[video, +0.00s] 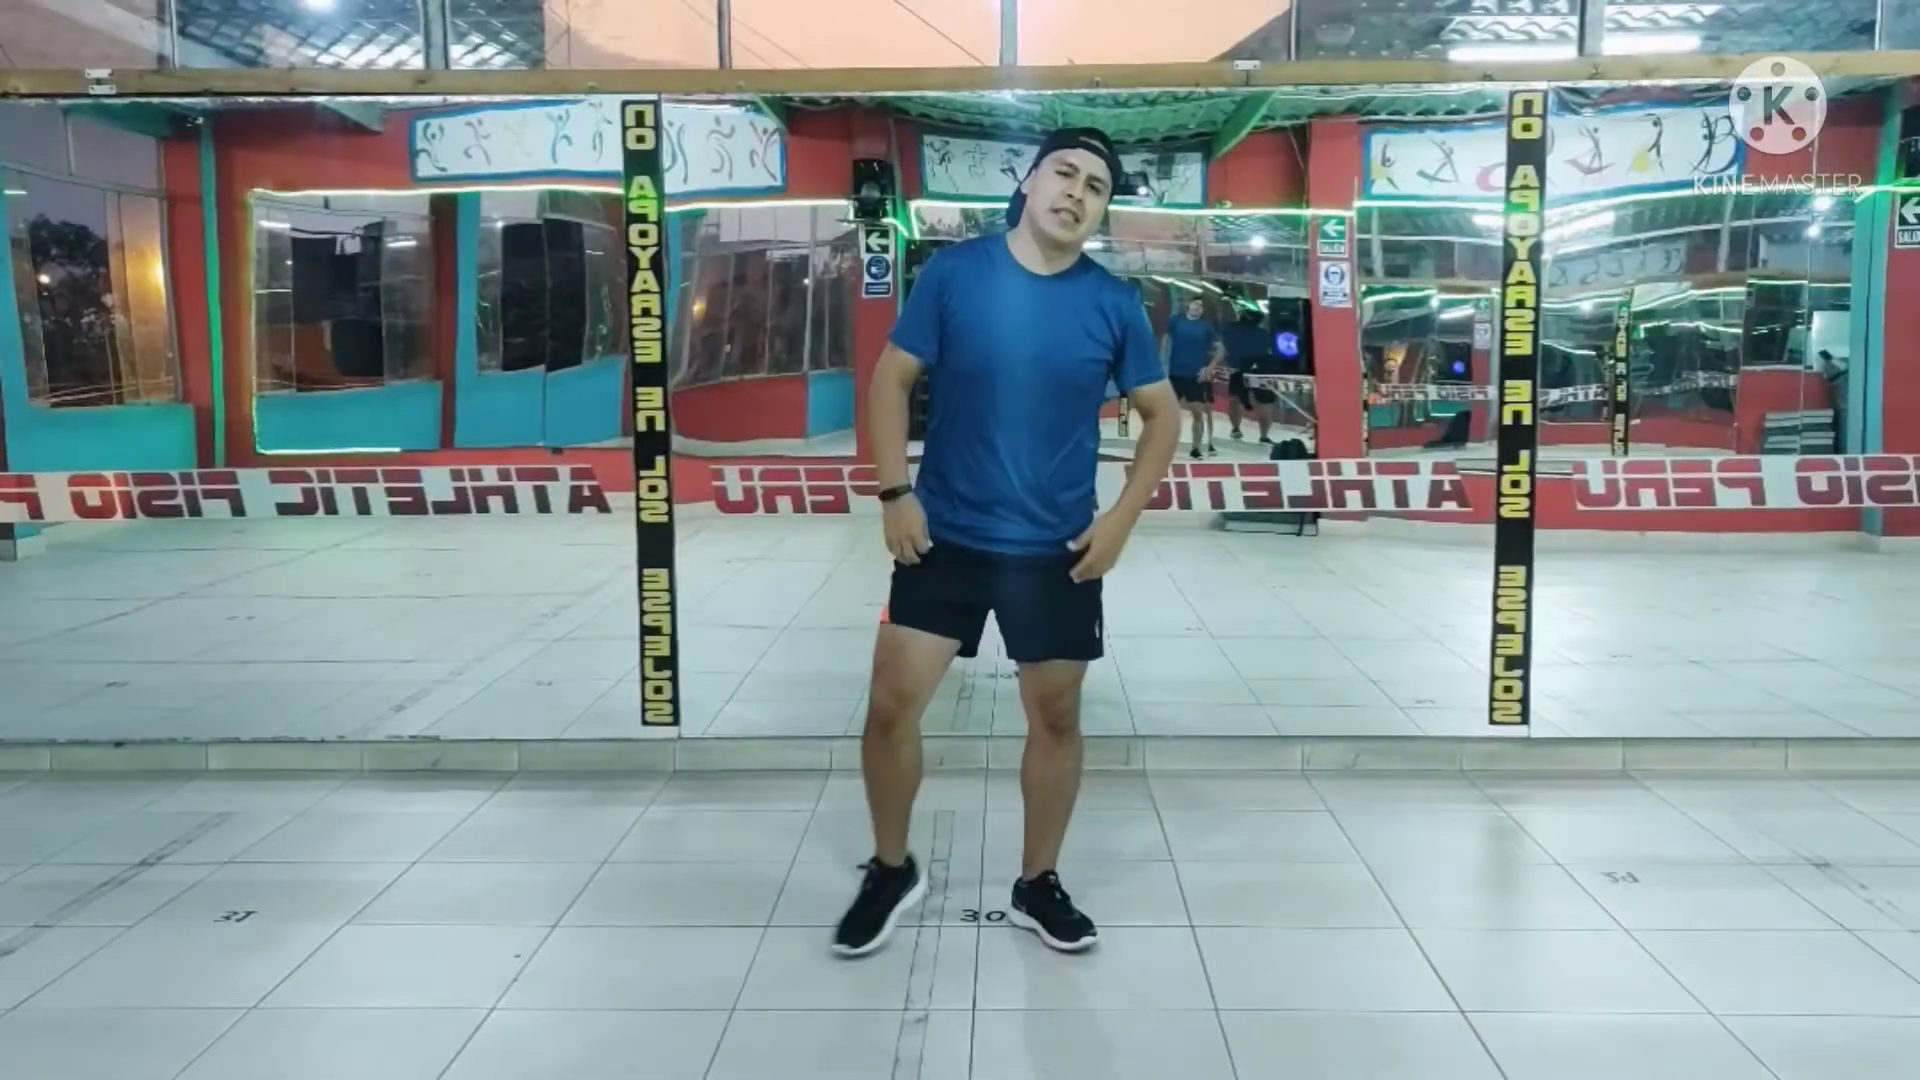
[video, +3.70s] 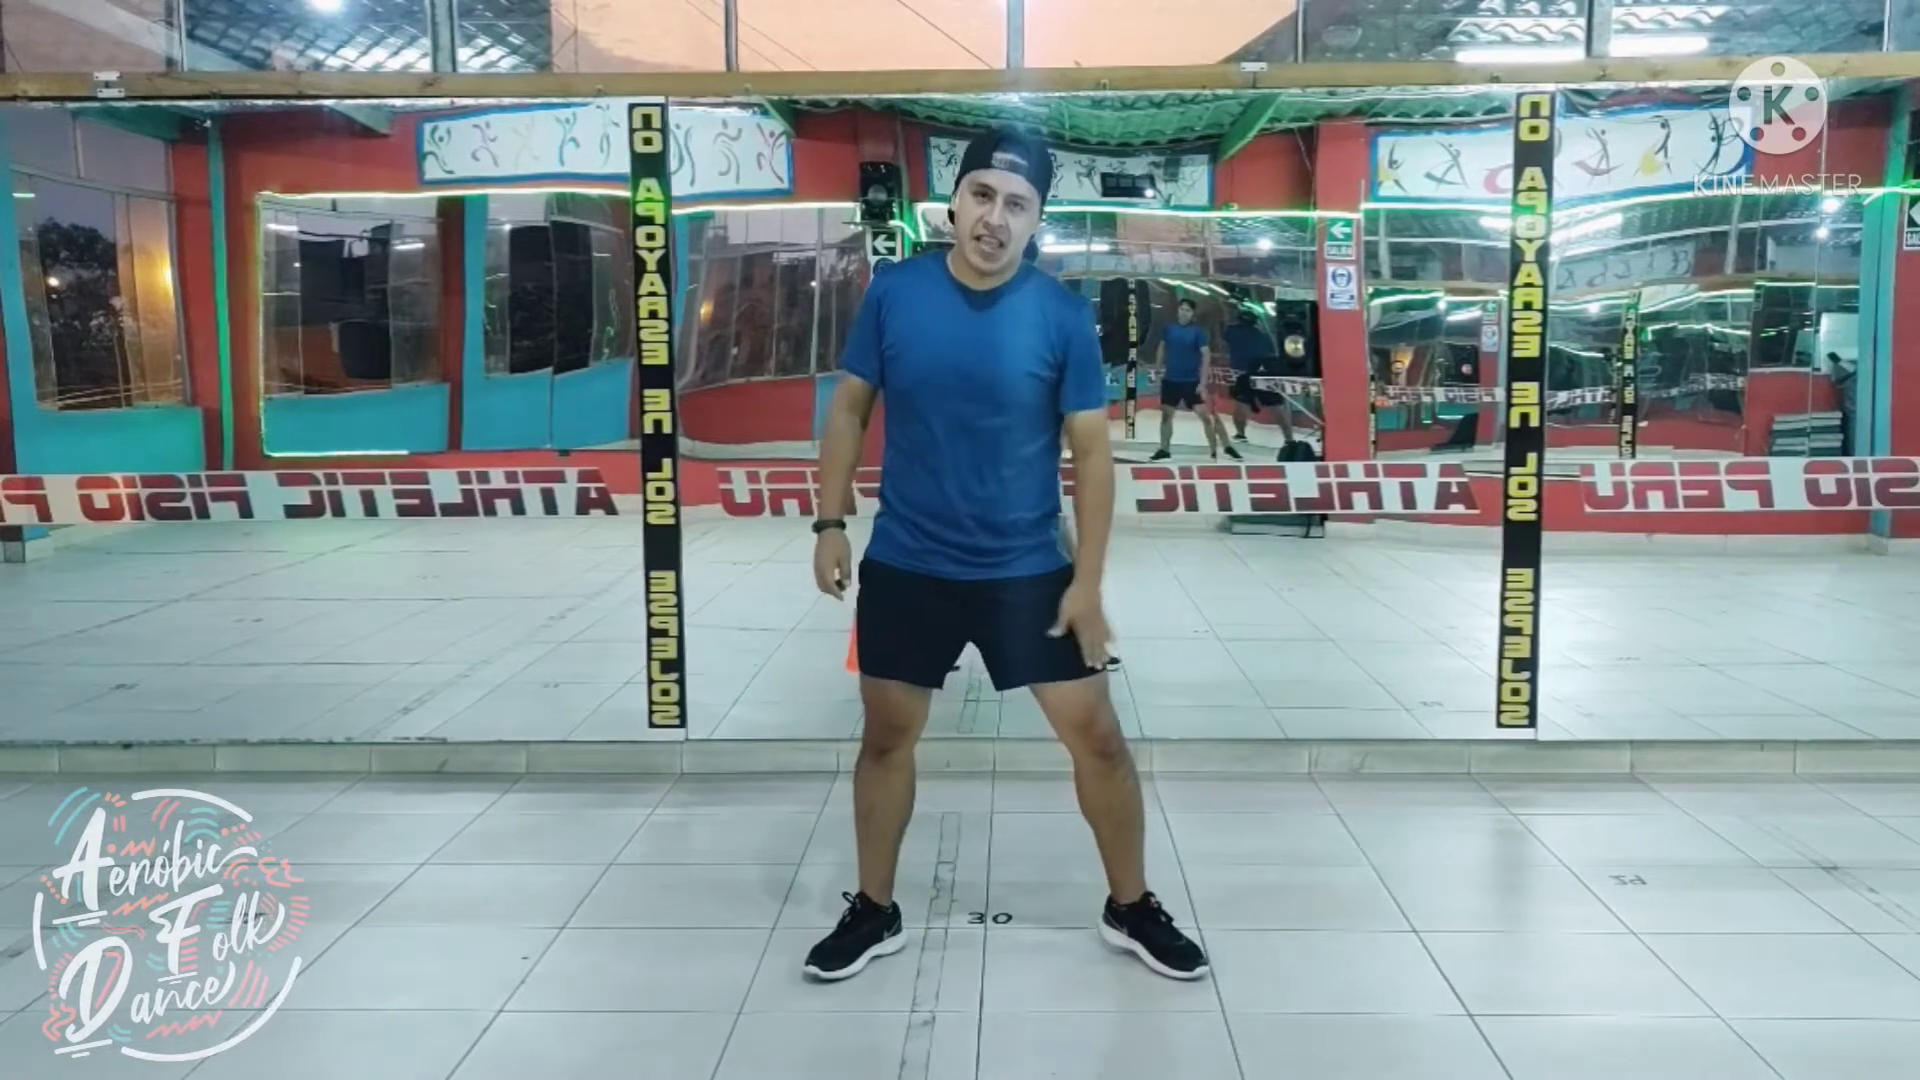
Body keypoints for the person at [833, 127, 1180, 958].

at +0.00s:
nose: (1078, 192)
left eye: (1095, 187)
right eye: (1065, 174)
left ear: (1103, 212)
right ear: (1026, 183)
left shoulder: (1114, 303)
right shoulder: (952, 275)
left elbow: (1163, 417)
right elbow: (889, 381)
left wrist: (1122, 516)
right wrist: (894, 493)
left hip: (1054, 547)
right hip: (946, 535)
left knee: (1057, 716)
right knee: (891, 704)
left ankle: (1039, 881)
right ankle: (890, 867)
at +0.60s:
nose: (969, 189)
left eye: (989, 179)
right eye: (955, 174)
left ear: (1013, 204)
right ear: (931, 192)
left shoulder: (1045, 297)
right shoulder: (883, 292)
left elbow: (1085, 423)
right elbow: (828, 406)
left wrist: (1043, 414)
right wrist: (776, 510)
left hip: (1027, 559)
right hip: (912, 554)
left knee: (1083, 731)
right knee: (886, 732)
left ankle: (1122, 903)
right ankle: (867, 903)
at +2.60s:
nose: (996, 189)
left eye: (1017, 180)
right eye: (983, 174)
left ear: (1040, 204)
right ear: (955, 190)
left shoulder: (1070, 299)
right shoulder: (901, 292)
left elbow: (1111, 433)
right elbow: (866, 412)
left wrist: (1070, 397)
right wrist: (847, 530)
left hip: (1045, 563)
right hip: (928, 560)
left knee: (1095, 742)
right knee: (896, 738)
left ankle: (1126, 906)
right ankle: (872, 904)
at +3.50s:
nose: (997, 207)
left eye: (1017, 195)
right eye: (984, 187)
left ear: (1039, 214)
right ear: (956, 195)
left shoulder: (1066, 304)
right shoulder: (898, 291)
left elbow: (1109, 412)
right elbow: (858, 407)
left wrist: (1123, 509)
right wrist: (842, 526)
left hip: (1033, 563)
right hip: (918, 557)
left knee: (1093, 739)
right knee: (890, 735)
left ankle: (1127, 906)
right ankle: (874, 905)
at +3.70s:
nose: (993, 218)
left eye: (1015, 205)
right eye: (981, 197)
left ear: (1037, 221)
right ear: (954, 201)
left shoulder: (1063, 317)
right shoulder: (894, 293)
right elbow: (850, 402)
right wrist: (831, 518)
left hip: (1025, 566)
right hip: (909, 560)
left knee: (1097, 734)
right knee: (884, 735)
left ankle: (1130, 903)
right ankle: (873, 905)